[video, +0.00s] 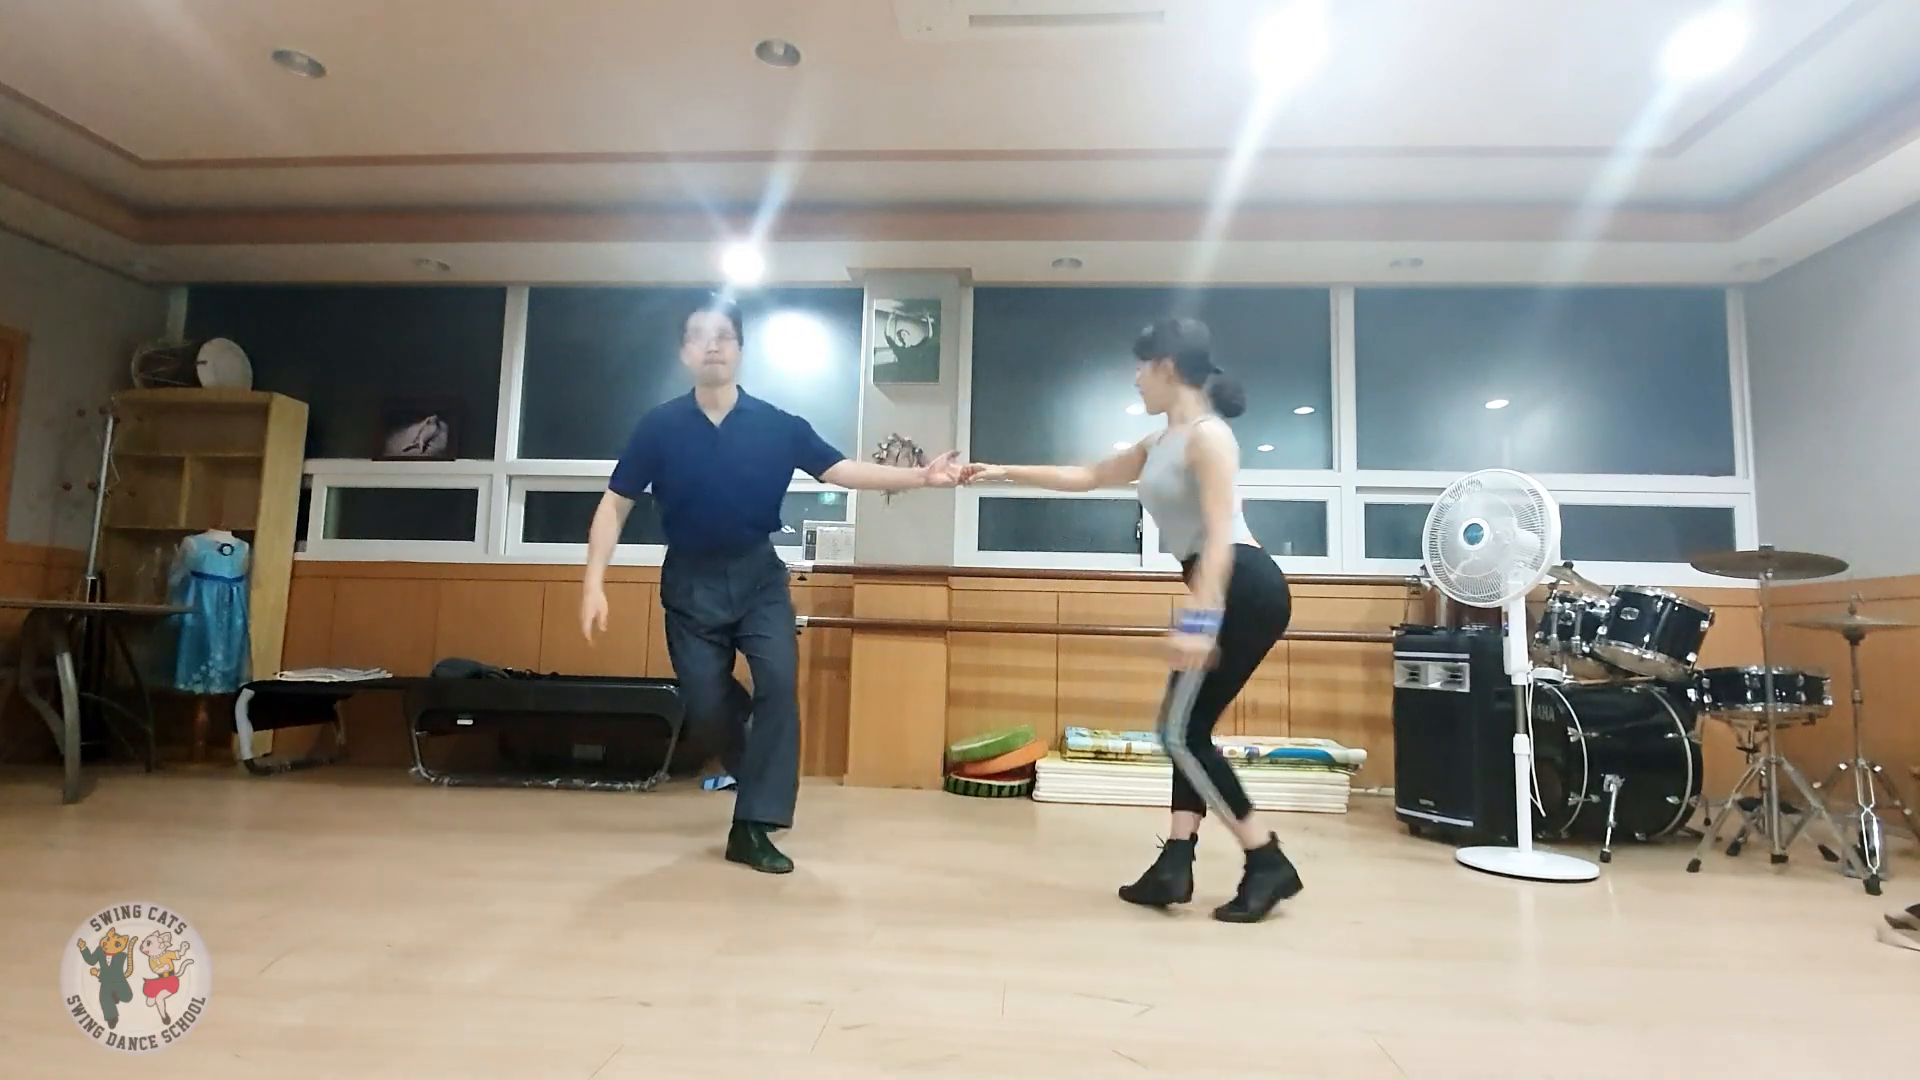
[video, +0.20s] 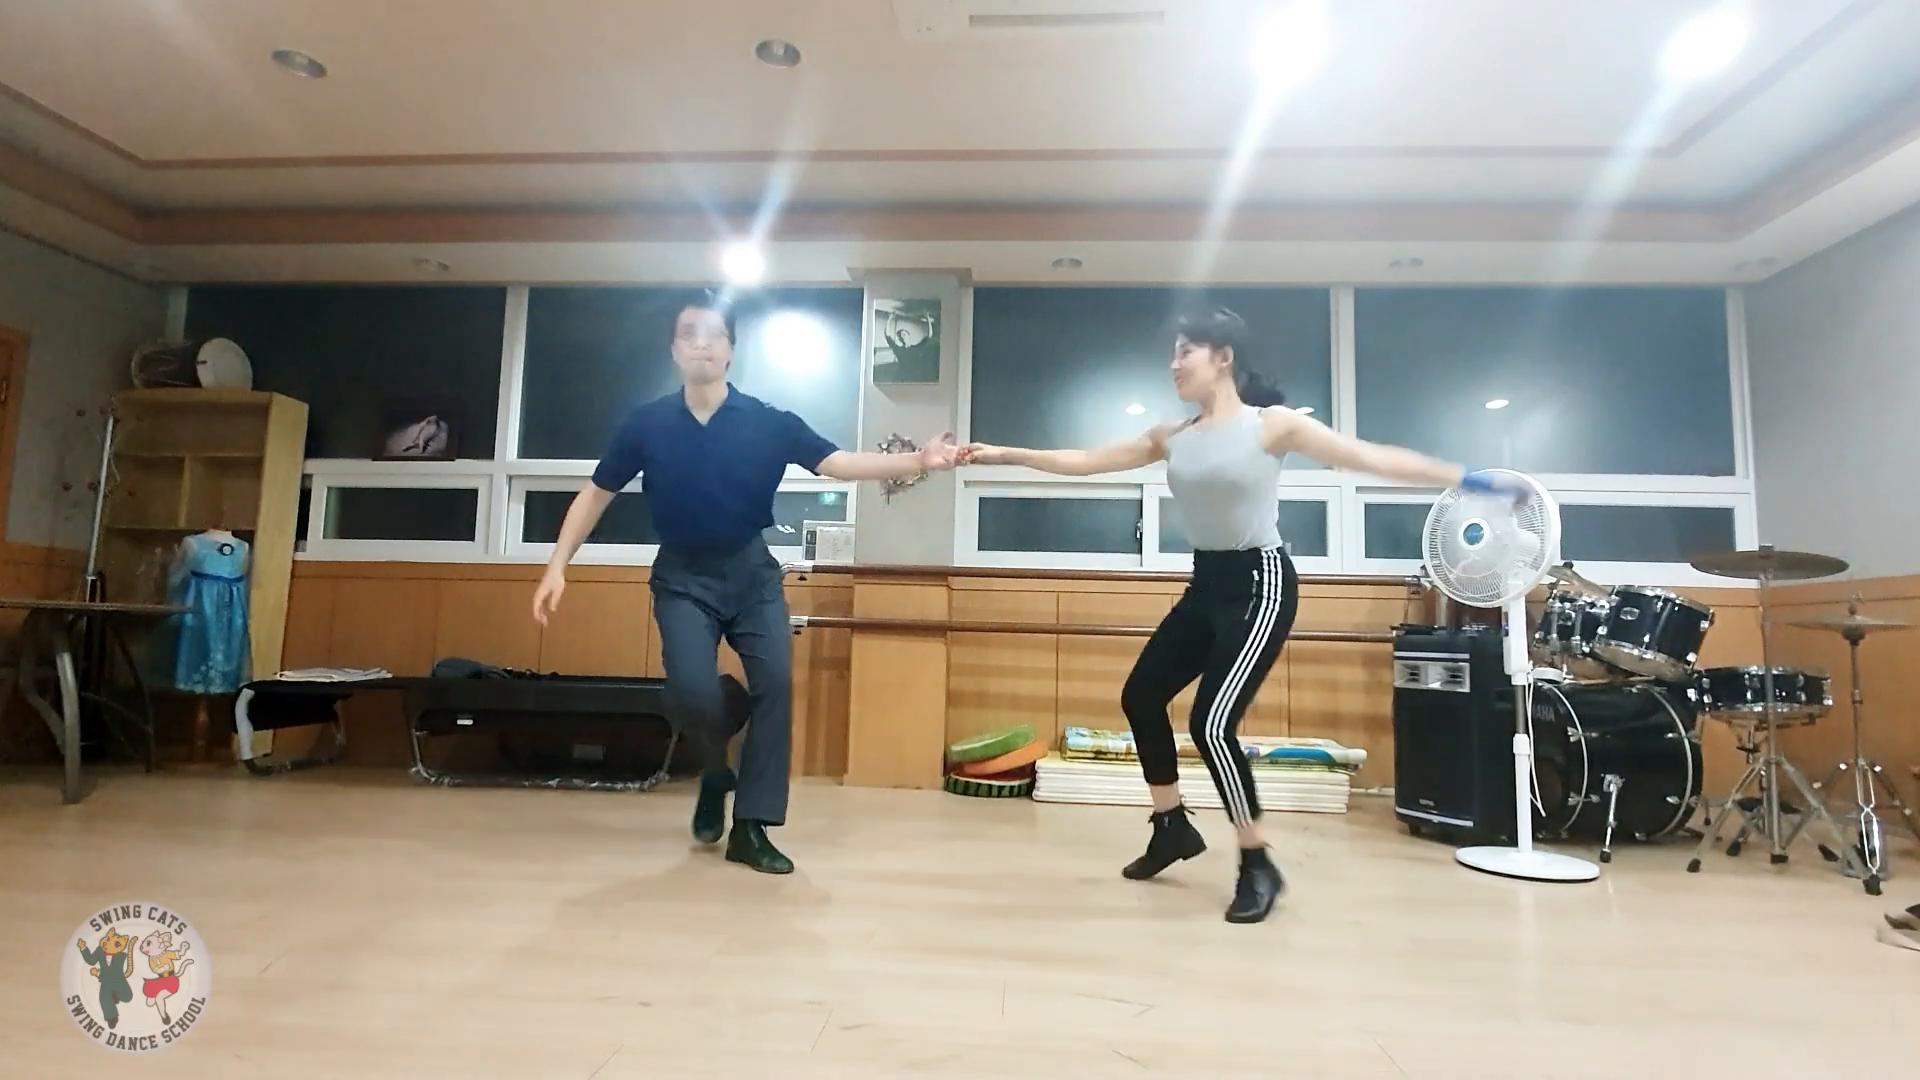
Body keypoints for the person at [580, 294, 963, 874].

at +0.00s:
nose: (712, 348)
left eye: (724, 338)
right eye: (699, 338)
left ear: (739, 351)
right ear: (683, 352)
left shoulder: (778, 427)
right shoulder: (660, 427)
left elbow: (843, 471)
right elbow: (613, 506)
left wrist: (924, 475)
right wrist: (593, 585)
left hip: (760, 581)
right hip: (692, 586)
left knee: (779, 692)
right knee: (708, 714)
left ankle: (751, 827)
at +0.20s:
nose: (701, 344)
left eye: (713, 337)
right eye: (689, 336)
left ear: (730, 352)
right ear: (674, 353)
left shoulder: (770, 424)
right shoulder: (648, 424)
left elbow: (838, 462)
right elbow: (596, 492)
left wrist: (921, 459)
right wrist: (556, 567)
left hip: (754, 576)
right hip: (682, 579)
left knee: (774, 686)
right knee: (693, 696)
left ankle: (750, 826)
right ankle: (715, 776)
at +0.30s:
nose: (697, 349)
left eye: (710, 340)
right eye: (686, 339)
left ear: (728, 356)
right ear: (670, 355)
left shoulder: (763, 429)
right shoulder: (645, 429)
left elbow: (834, 467)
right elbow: (589, 494)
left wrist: (918, 465)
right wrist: (544, 564)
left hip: (746, 581)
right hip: (675, 584)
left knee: (773, 684)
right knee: (684, 691)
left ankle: (749, 827)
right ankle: (692, 813)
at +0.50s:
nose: (699, 361)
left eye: (714, 351)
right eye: (689, 347)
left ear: (731, 367)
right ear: (672, 359)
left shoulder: (757, 442)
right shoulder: (637, 433)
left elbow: (829, 476)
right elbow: (574, 490)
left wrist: (909, 482)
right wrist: (519, 556)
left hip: (720, 587)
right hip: (651, 586)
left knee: (755, 679)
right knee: (685, 689)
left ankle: (749, 828)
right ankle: (684, 824)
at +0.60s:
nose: (703, 362)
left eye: (717, 354)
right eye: (693, 350)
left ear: (732, 370)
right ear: (673, 360)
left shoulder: (752, 444)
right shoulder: (634, 429)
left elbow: (825, 478)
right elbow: (571, 487)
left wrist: (906, 482)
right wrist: (513, 546)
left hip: (706, 583)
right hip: (639, 582)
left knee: (737, 678)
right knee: (677, 684)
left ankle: (734, 813)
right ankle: (682, 824)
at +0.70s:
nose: (706, 364)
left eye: (719, 358)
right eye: (696, 353)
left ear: (732, 375)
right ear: (675, 364)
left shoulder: (749, 448)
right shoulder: (633, 429)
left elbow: (820, 478)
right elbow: (568, 484)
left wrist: (900, 482)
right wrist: (507, 543)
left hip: (693, 586)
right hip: (629, 582)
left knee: (721, 690)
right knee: (671, 686)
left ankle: (690, 793)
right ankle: (686, 825)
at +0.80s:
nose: (706, 368)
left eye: (718, 361)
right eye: (696, 356)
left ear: (732, 379)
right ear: (674, 367)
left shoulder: (746, 454)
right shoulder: (630, 431)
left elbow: (817, 483)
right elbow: (565, 486)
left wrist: (897, 488)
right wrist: (503, 541)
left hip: (686, 589)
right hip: (622, 582)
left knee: (702, 706)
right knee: (667, 687)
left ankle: (643, 776)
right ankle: (687, 824)